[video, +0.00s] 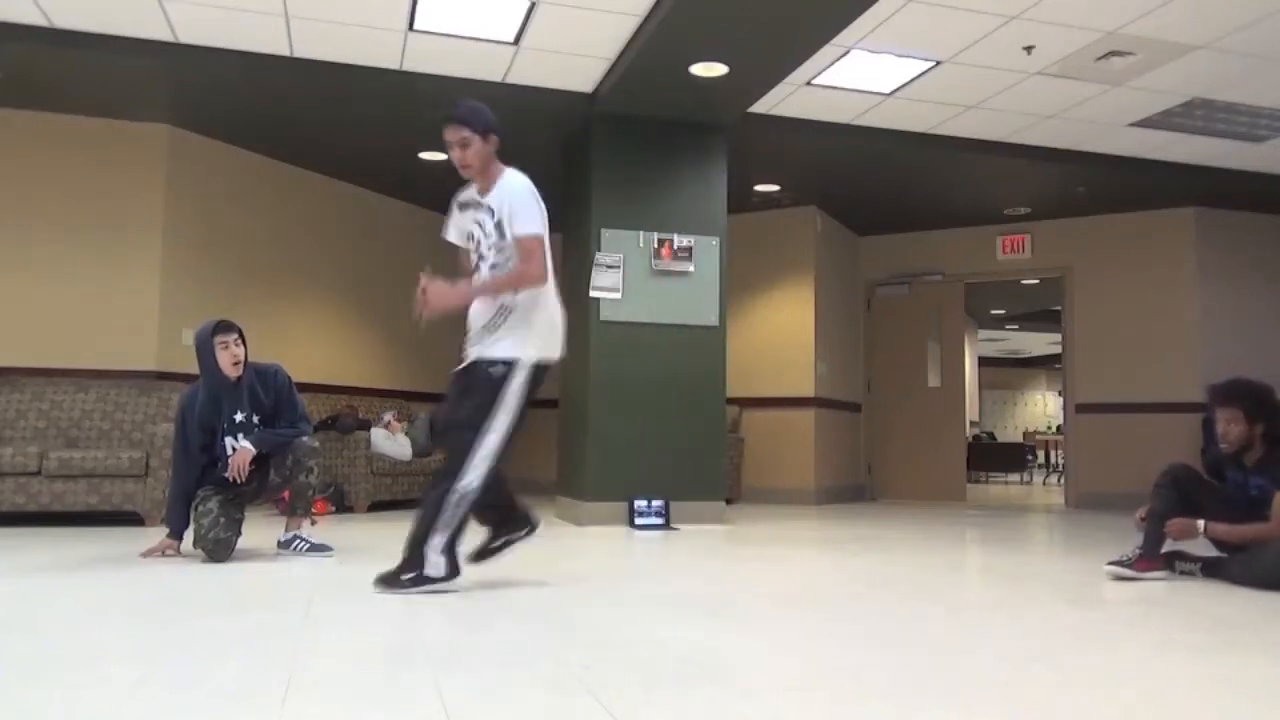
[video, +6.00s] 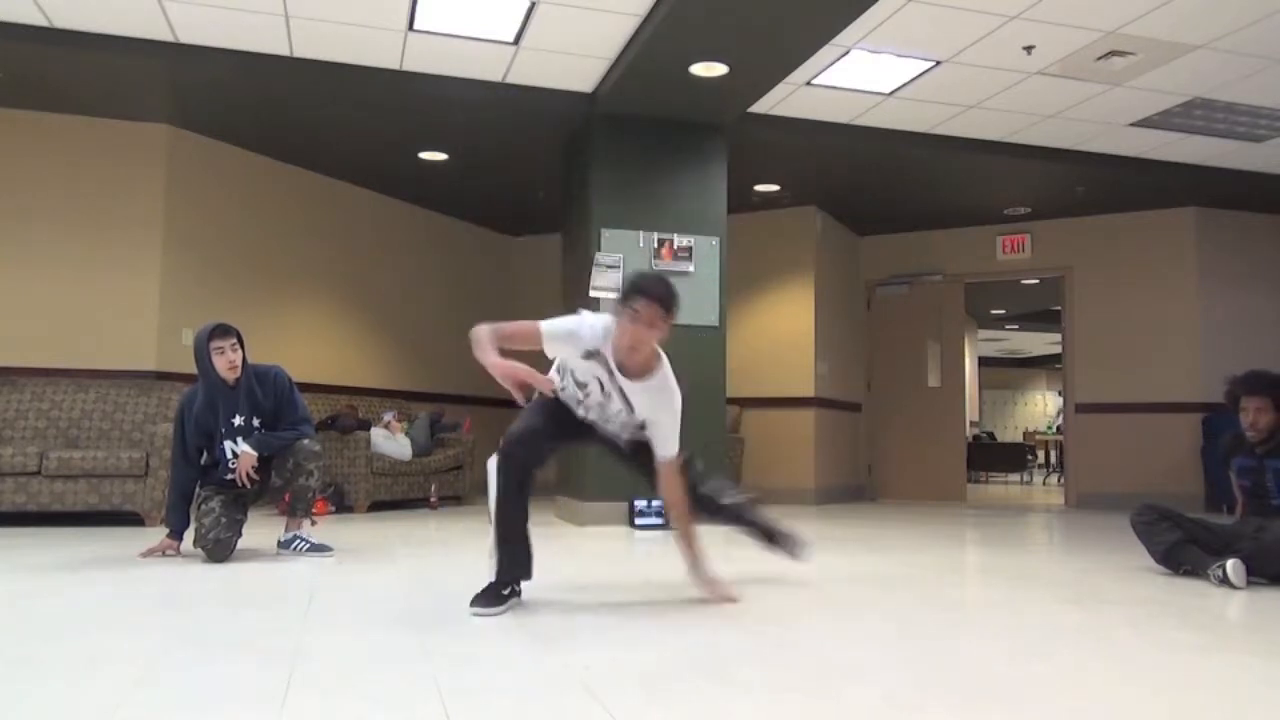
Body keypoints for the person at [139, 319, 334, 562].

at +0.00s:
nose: (235, 352)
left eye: (238, 344)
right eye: (224, 347)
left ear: (245, 347)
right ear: (207, 356)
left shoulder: (272, 378)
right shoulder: (194, 402)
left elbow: (301, 427)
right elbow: (184, 470)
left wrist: (253, 444)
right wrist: (174, 534)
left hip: (263, 475)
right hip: (217, 488)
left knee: (306, 450)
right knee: (216, 549)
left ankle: (292, 534)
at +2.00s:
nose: (232, 356)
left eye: (236, 348)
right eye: (221, 351)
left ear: (244, 350)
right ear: (206, 359)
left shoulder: (272, 379)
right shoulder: (194, 402)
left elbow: (302, 428)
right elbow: (184, 470)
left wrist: (253, 445)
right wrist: (174, 535)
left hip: (264, 476)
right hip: (219, 489)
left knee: (307, 449)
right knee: (215, 549)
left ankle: (292, 534)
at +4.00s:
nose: (230, 358)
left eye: (234, 349)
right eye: (219, 353)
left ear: (243, 352)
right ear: (205, 360)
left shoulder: (273, 380)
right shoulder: (194, 404)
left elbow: (304, 429)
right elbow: (184, 471)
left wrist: (254, 447)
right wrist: (175, 535)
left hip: (265, 476)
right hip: (219, 488)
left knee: (308, 449)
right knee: (215, 549)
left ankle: (292, 534)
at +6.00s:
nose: (231, 358)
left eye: (234, 349)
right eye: (220, 352)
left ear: (243, 351)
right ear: (205, 360)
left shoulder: (272, 380)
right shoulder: (194, 403)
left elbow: (304, 430)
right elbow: (184, 470)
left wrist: (256, 445)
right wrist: (174, 535)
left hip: (267, 476)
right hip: (221, 488)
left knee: (308, 450)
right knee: (215, 549)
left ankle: (292, 534)